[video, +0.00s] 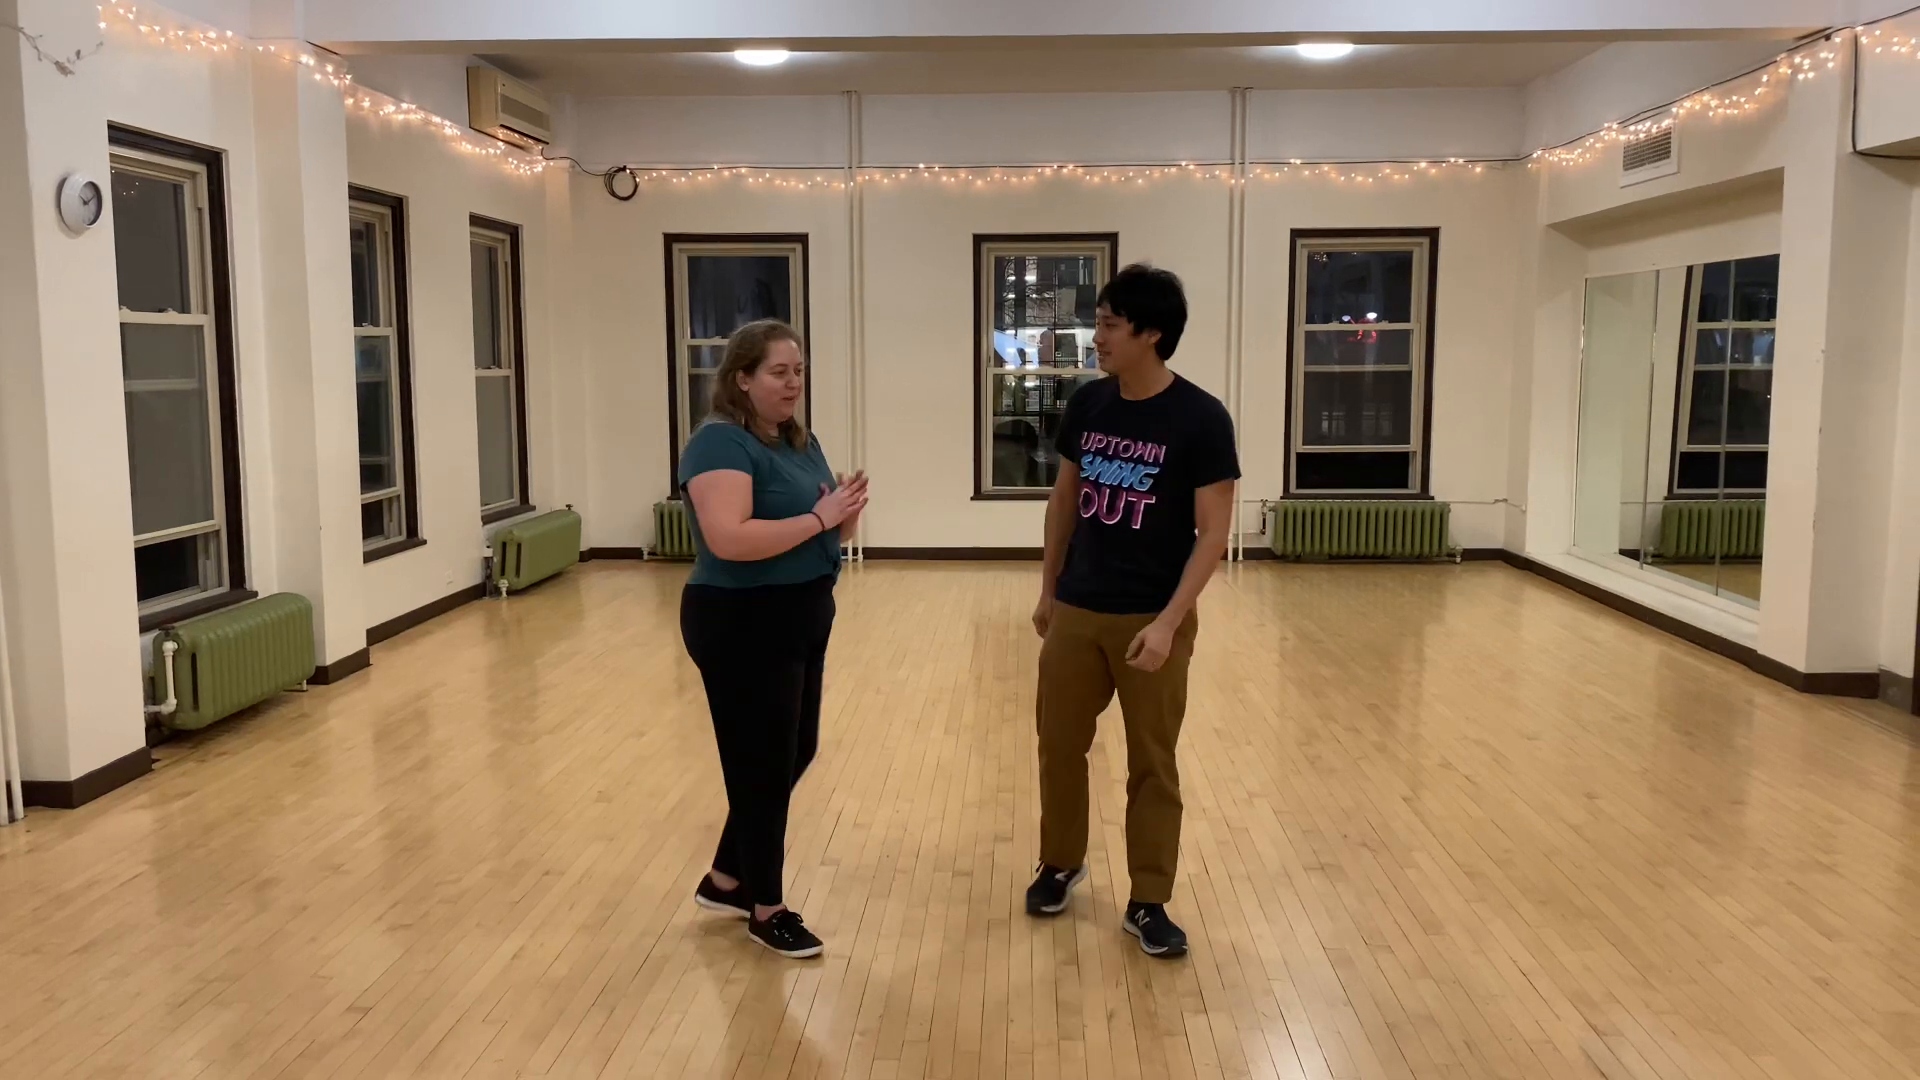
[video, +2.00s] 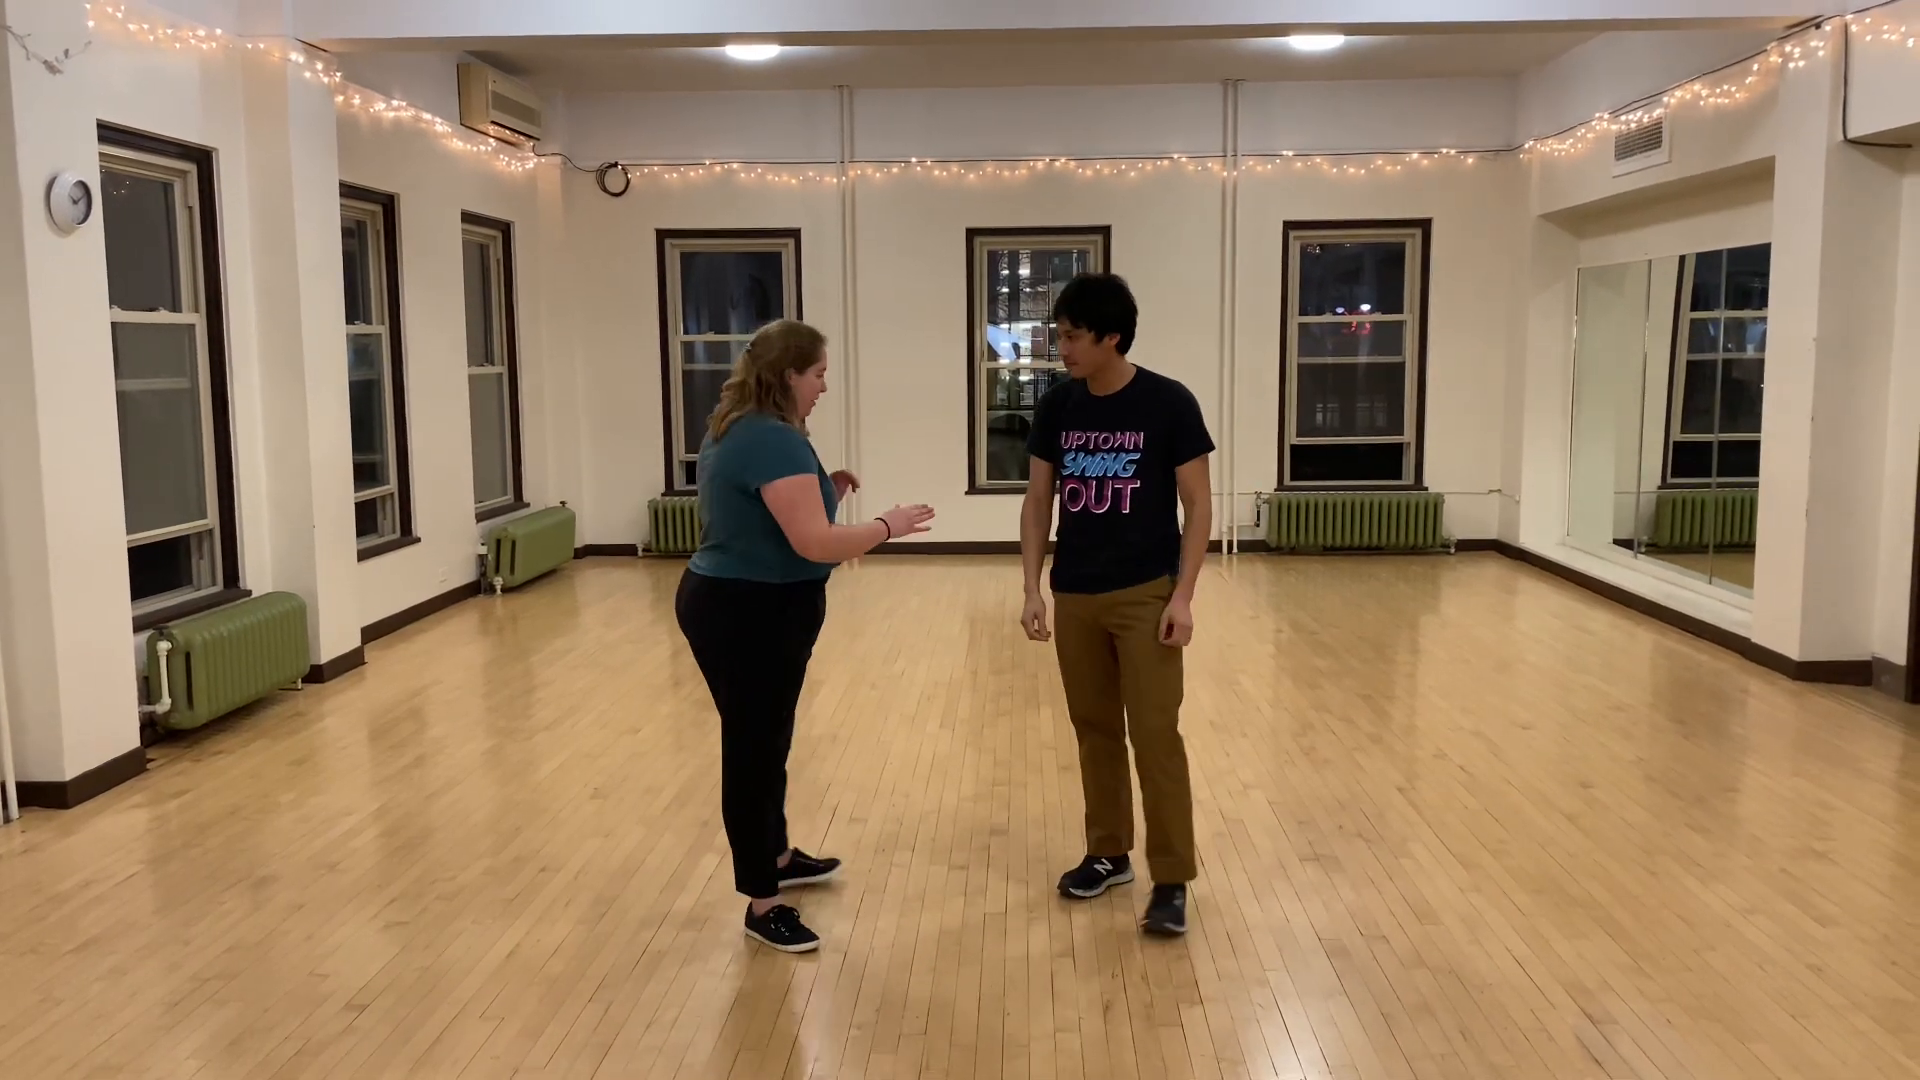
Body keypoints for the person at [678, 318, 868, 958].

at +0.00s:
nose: (793, 383)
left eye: (799, 372)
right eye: (779, 372)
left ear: (803, 378)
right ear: (743, 379)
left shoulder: (798, 444)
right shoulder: (718, 444)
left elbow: (818, 533)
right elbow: (727, 539)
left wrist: (842, 513)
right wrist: (817, 519)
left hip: (797, 615)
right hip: (742, 622)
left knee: (795, 751)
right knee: (760, 765)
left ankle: (728, 872)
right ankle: (766, 909)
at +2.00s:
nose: (824, 386)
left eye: (824, 375)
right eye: (817, 374)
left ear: (778, 374)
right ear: (786, 376)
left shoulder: (744, 430)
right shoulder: (771, 440)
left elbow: (764, 519)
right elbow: (816, 543)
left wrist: (826, 492)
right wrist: (886, 526)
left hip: (750, 604)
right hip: (748, 613)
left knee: (768, 740)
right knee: (752, 750)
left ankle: (776, 855)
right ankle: (760, 903)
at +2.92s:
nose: (797, 377)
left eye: (796, 365)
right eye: (790, 365)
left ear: (741, 369)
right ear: (759, 369)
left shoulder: (711, 421)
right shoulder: (762, 427)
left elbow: (732, 491)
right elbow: (824, 515)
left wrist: (798, 473)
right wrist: (902, 538)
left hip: (704, 587)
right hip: (756, 591)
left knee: (720, 720)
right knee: (774, 723)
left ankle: (722, 851)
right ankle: (777, 859)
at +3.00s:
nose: (799, 374)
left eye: (797, 363)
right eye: (792, 364)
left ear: (739, 368)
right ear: (763, 368)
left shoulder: (704, 423)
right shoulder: (771, 427)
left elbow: (732, 494)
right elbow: (825, 516)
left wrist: (802, 475)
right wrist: (903, 549)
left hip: (701, 586)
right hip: (762, 590)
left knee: (718, 719)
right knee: (771, 725)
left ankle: (722, 852)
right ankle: (775, 859)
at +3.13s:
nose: (801, 374)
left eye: (799, 363)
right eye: (795, 364)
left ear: (739, 368)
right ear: (766, 368)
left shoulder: (699, 425)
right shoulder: (781, 427)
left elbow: (713, 506)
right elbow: (829, 517)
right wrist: (903, 559)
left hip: (702, 584)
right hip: (770, 589)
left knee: (716, 719)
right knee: (769, 724)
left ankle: (722, 851)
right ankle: (772, 860)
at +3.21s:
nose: (803, 373)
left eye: (801, 361)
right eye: (796, 363)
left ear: (742, 367)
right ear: (767, 367)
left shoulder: (699, 424)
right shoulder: (786, 426)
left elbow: (694, 509)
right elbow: (830, 518)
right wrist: (902, 561)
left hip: (703, 585)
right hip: (774, 588)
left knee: (716, 719)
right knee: (769, 724)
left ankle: (720, 852)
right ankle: (771, 860)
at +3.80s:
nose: (802, 372)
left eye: (800, 361)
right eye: (794, 362)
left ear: (741, 368)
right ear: (762, 367)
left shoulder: (702, 426)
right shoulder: (779, 429)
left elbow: (715, 508)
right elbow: (824, 521)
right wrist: (900, 560)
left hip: (705, 585)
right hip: (772, 591)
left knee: (718, 719)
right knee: (768, 725)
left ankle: (713, 853)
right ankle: (764, 863)